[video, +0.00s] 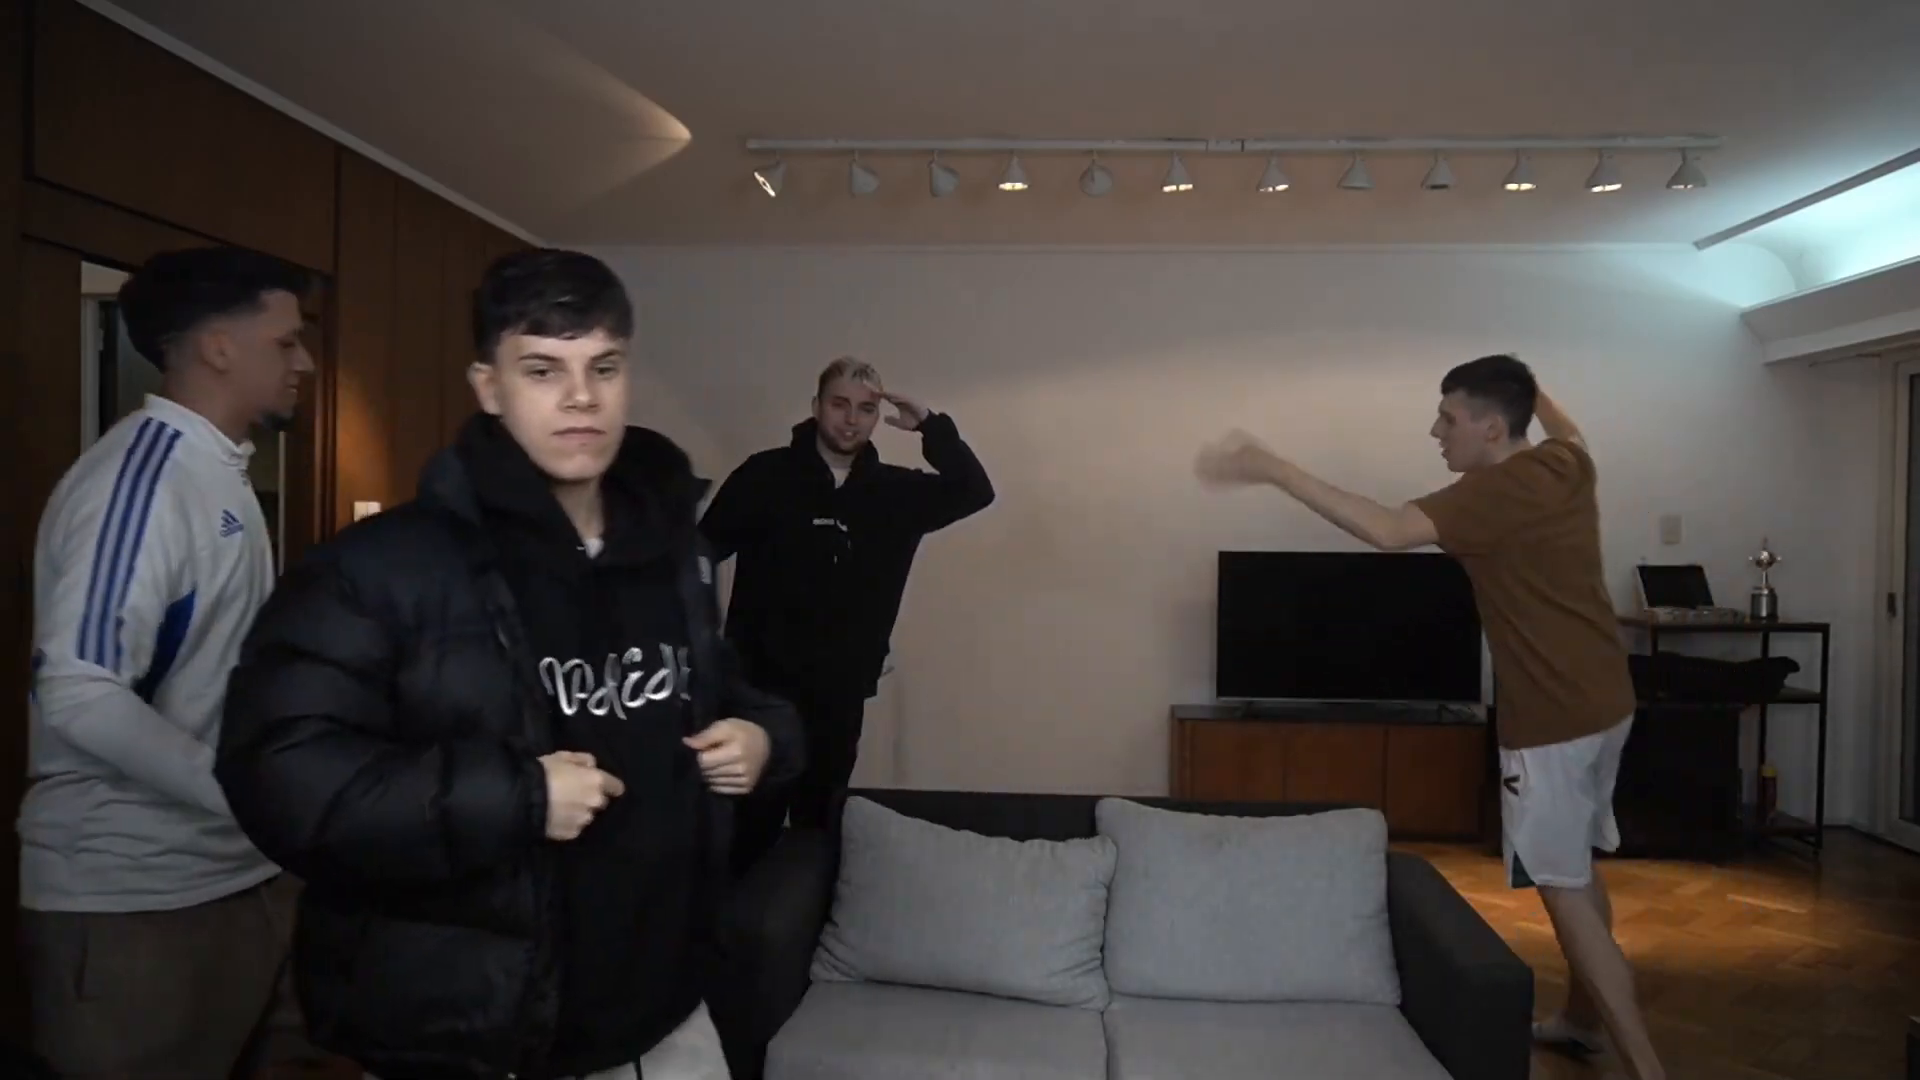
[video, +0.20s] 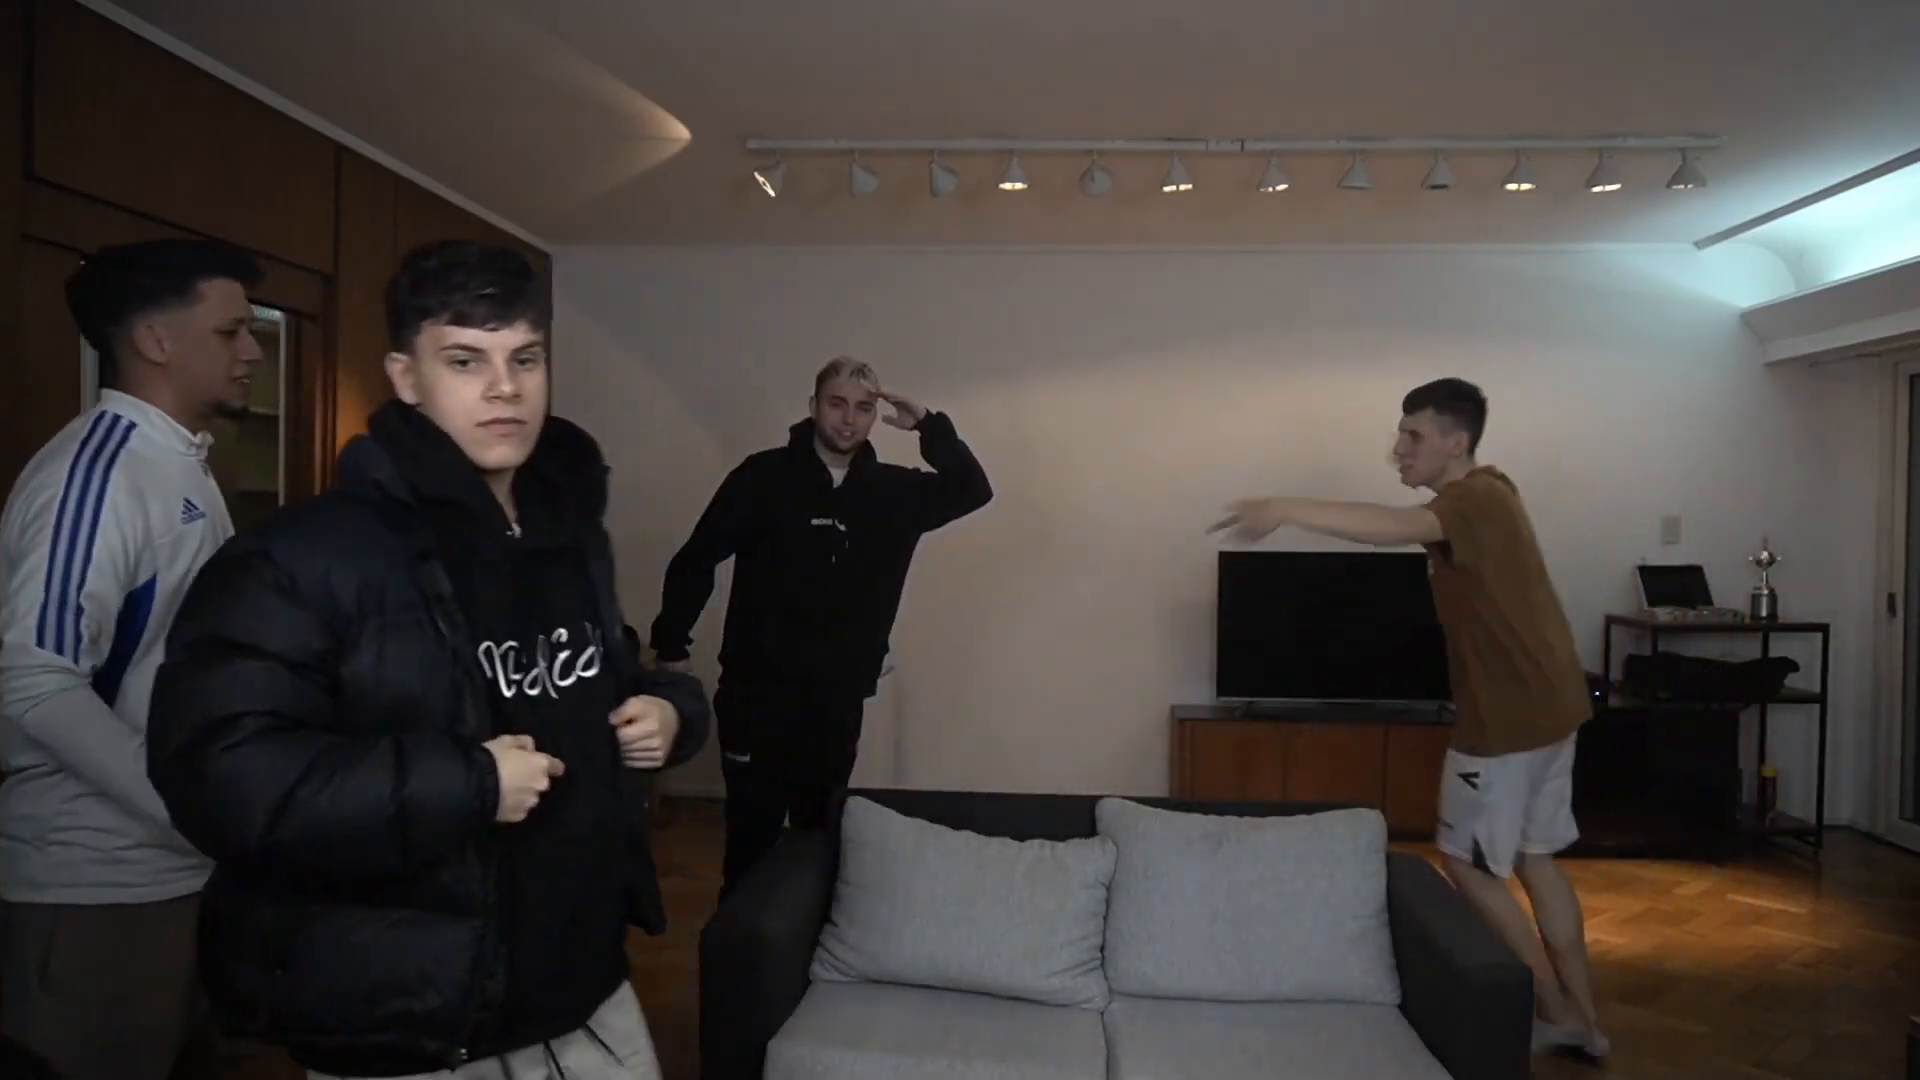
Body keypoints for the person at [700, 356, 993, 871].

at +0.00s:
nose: (851, 418)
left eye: (865, 408)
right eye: (840, 405)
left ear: (878, 418)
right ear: (817, 407)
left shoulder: (897, 493)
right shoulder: (764, 475)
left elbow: (974, 492)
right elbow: (700, 554)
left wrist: (930, 426)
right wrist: (699, 650)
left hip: (839, 688)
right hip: (759, 683)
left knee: (820, 825)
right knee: (749, 825)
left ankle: (810, 934)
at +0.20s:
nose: (849, 418)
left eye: (862, 407)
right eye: (837, 403)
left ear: (875, 418)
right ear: (813, 407)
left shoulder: (897, 494)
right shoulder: (762, 478)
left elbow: (972, 489)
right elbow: (695, 561)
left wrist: (928, 425)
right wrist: (670, 646)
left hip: (837, 697)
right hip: (758, 688)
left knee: (820, 836)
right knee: (753, 836)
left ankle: (812, 957)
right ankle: (739, 960)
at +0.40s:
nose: (847, 417)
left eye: (861, 407)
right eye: (836, 403)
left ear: (874, 417)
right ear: (812, 407)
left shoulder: (897, 494)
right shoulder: (762, 478)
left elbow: (972, 489)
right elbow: (694, 562)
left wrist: (928, 425)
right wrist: (671, 648)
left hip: (837, 697)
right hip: (757, 689)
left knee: (820, 837)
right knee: (753, 838)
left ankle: (813, 960)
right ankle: (740, 962)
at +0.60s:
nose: (847, 417)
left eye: (860, 407)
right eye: (835, 403)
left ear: (873, 417)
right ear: (811, 407)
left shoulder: (896, 493)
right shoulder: (761, 478)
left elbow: (971, 488)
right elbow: (695, 563)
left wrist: (927, 424)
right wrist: (672, 647)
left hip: (837, 695)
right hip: (757, 688)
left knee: (820, 834)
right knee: (754, 835)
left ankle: (812, 956)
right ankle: (741, 959)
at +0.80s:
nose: (846, 417)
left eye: (859, 407)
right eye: (834, 403)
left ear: (873, 417)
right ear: (810, 407)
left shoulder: (896, 493)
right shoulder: (761, 478)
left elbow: (971, 488)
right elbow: (695, 562)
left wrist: (927, 424)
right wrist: (671, 648)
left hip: (838, 695)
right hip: (758, 688)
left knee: (821, 834)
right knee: (754, 835)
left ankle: (813, 958)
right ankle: (741, 960)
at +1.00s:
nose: (845, 417)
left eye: (859, 407)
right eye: (834, 403)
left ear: (872, 416)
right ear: (810, 406)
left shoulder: (895, 493)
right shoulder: (761, 478)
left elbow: (971, 487)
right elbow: (693, 563)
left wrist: (926, 422)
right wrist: (670, 648)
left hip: (838, 695)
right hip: (758, 688)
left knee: (821, 833)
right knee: (754, 834)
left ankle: (813, 956)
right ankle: (740, 958)